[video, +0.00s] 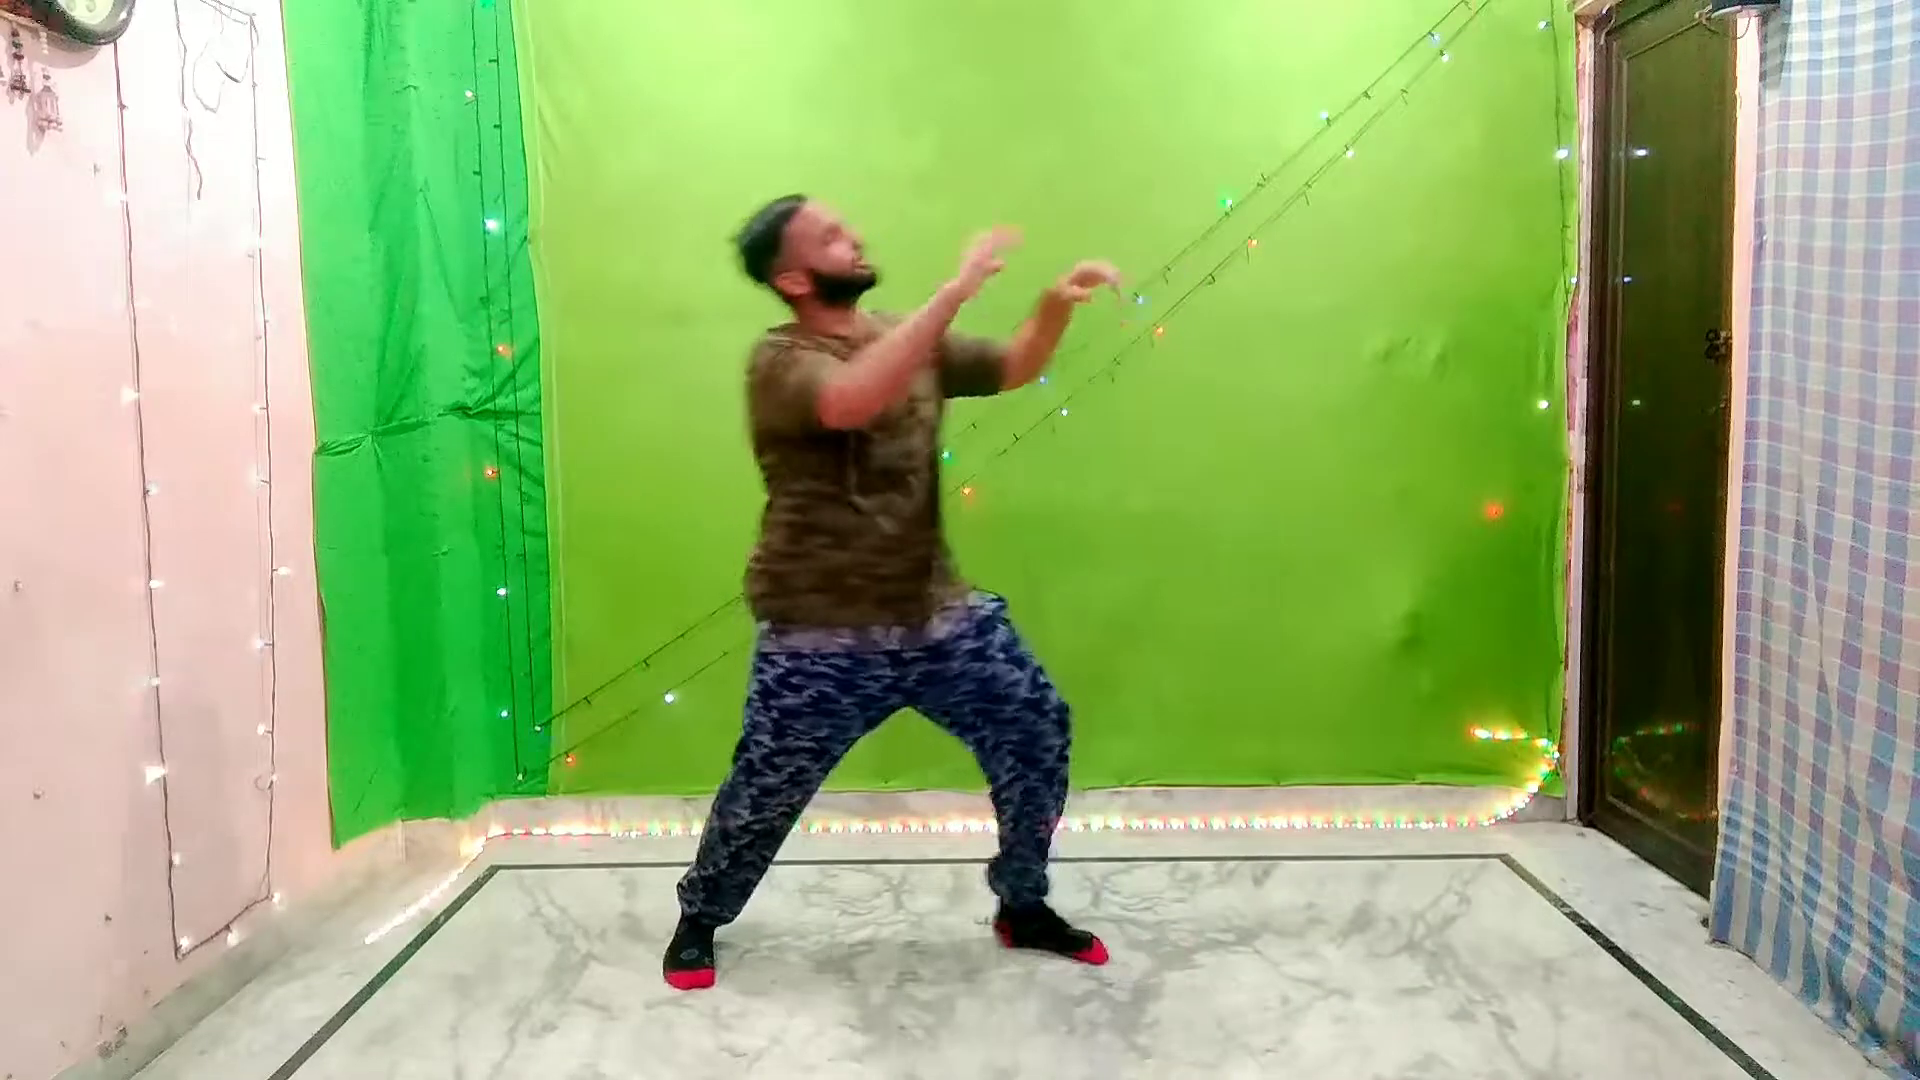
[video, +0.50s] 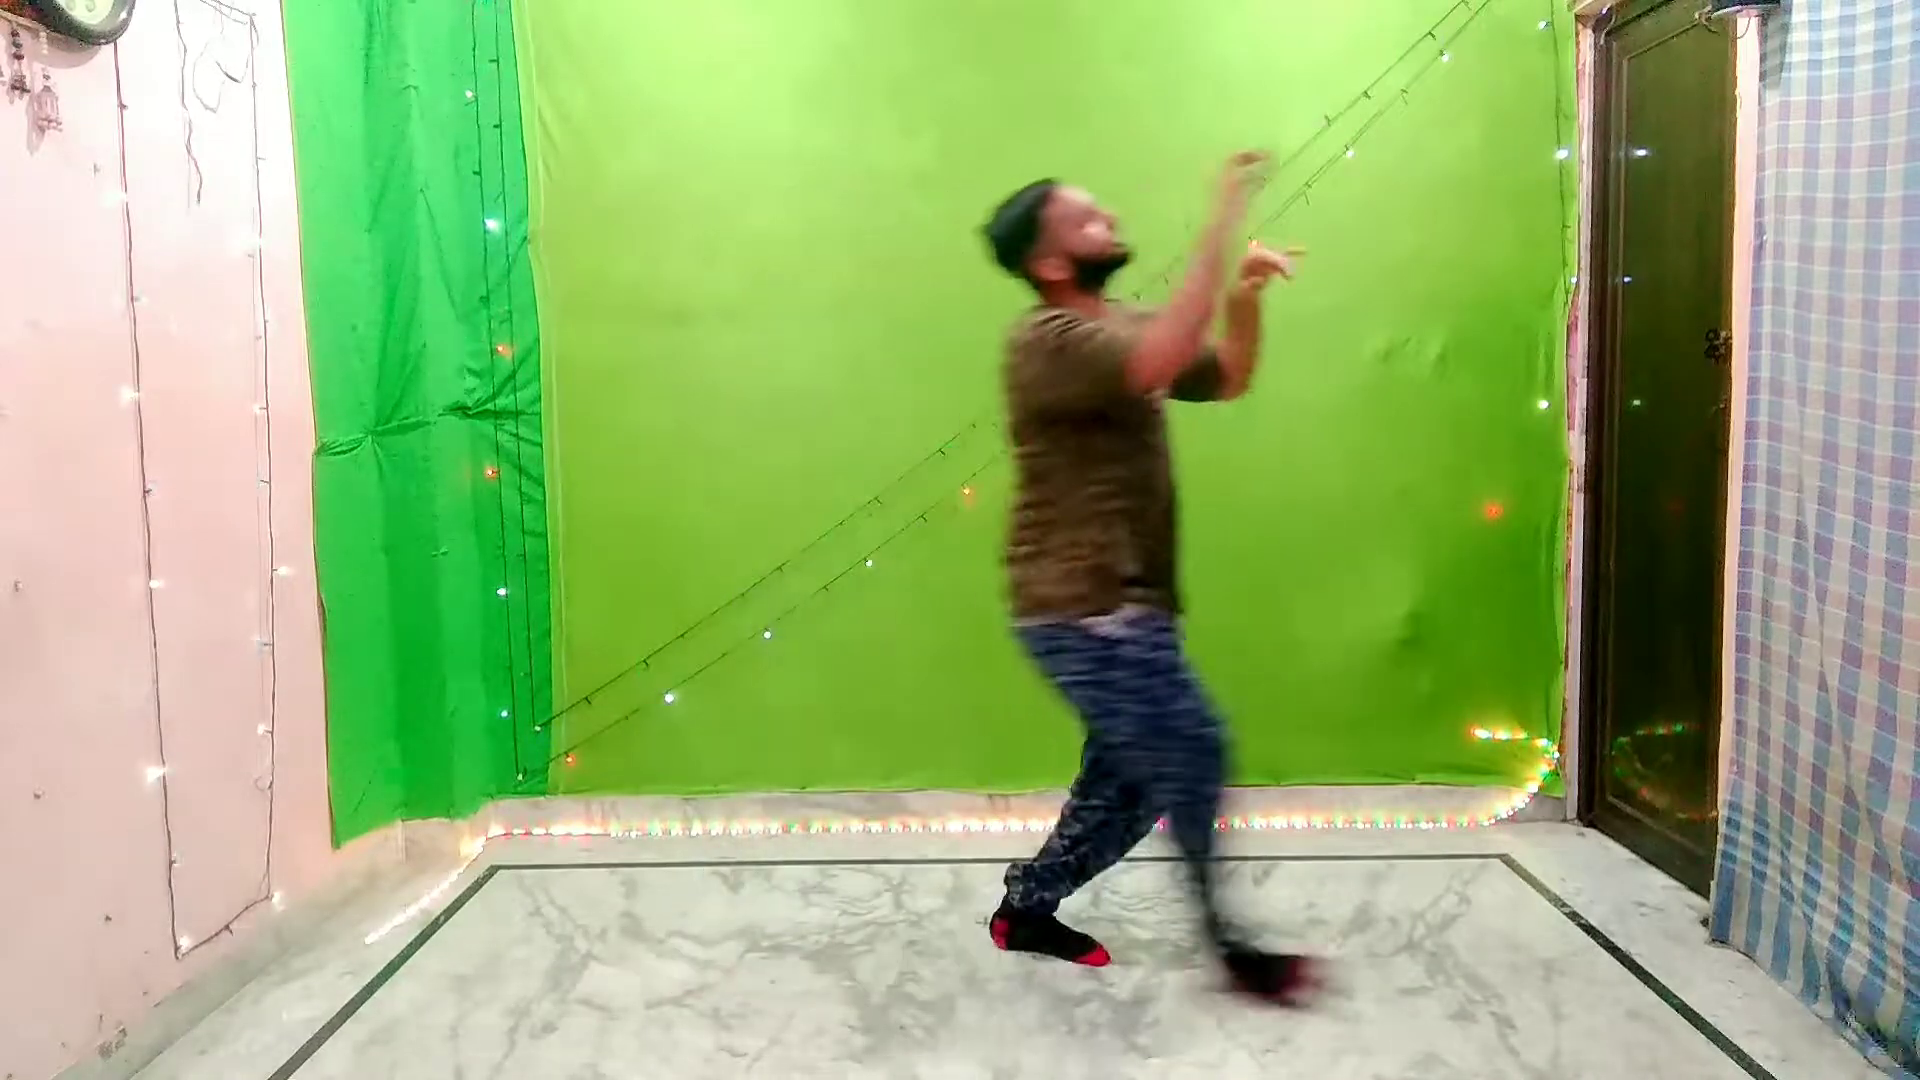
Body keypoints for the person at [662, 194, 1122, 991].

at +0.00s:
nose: (850, 235)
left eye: (840, 223)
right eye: (827, 235)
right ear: (791, 281)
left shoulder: (905, 337)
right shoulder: (781, 363)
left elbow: (1012, 366)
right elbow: (852, 398)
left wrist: (1054, 308)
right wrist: (952, 294)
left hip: (933, 612)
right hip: (820, 626)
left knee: (1035, 727)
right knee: (766, 791)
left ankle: (1022, 905)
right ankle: (697, 924)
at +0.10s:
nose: (908, 236)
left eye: (901, 226)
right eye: (885, 234)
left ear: (907, 249)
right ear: (847, 277)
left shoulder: (962, 340)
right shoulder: (840, 367)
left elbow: (1065, 368)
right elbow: (916, 418)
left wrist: (1102, 297)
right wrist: (960, 298)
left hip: (974, 617)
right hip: (866, 629)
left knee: (1057, 745)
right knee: (796, 789)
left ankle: (1021, 911)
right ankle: (704, 918)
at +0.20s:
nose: (954, 231)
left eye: (943, 220)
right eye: (929, 230)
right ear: (895, 277)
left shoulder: (1001, 338)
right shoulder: (885, 367)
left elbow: (1105, 367)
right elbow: (967, 417)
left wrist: (1139, 290)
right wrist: (990, 281)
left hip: (1012, 619)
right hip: (910, 630)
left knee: (1078, 751)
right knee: (847, 783)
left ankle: (1022, 914)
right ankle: (723, 905)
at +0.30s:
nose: (1012, 224)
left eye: (1001, 214)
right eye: (989, 224)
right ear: (956, 273)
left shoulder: (1045, 334)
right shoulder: (948, 360)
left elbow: (1155, 366)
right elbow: (1040, 403)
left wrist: (1184, 287)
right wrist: (1062, 267)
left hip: (1063, 612)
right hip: (973, 620)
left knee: (1107, 761)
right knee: (981, 778)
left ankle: (1024, 910)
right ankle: (866, 882)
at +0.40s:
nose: (1051, 223)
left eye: (1040, 212)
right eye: (1028, 221)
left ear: (1014, 265)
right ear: (995, 269)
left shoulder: (1078, 333)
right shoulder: (988, 355)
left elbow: (1185, 369)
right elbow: (1080, 389)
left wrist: (1209, 292)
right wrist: (1125, 261)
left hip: (1092, 609)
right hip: (1020, 616)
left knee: (1124, 769)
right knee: (1097, 769)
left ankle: (1027, 910)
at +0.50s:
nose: (1105, 219)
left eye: (1095, 208)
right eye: (1083, 216)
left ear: (1064, 258)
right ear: (1048, 260)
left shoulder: (1122, 326)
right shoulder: (1049, 341)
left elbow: (1225, 377)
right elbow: (1158, 358)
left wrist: (1245, 296)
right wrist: (1222, 224)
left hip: (1130, 604)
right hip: (1080, 610)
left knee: (1133, 774)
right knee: (1190, 745)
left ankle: (1030, 908)